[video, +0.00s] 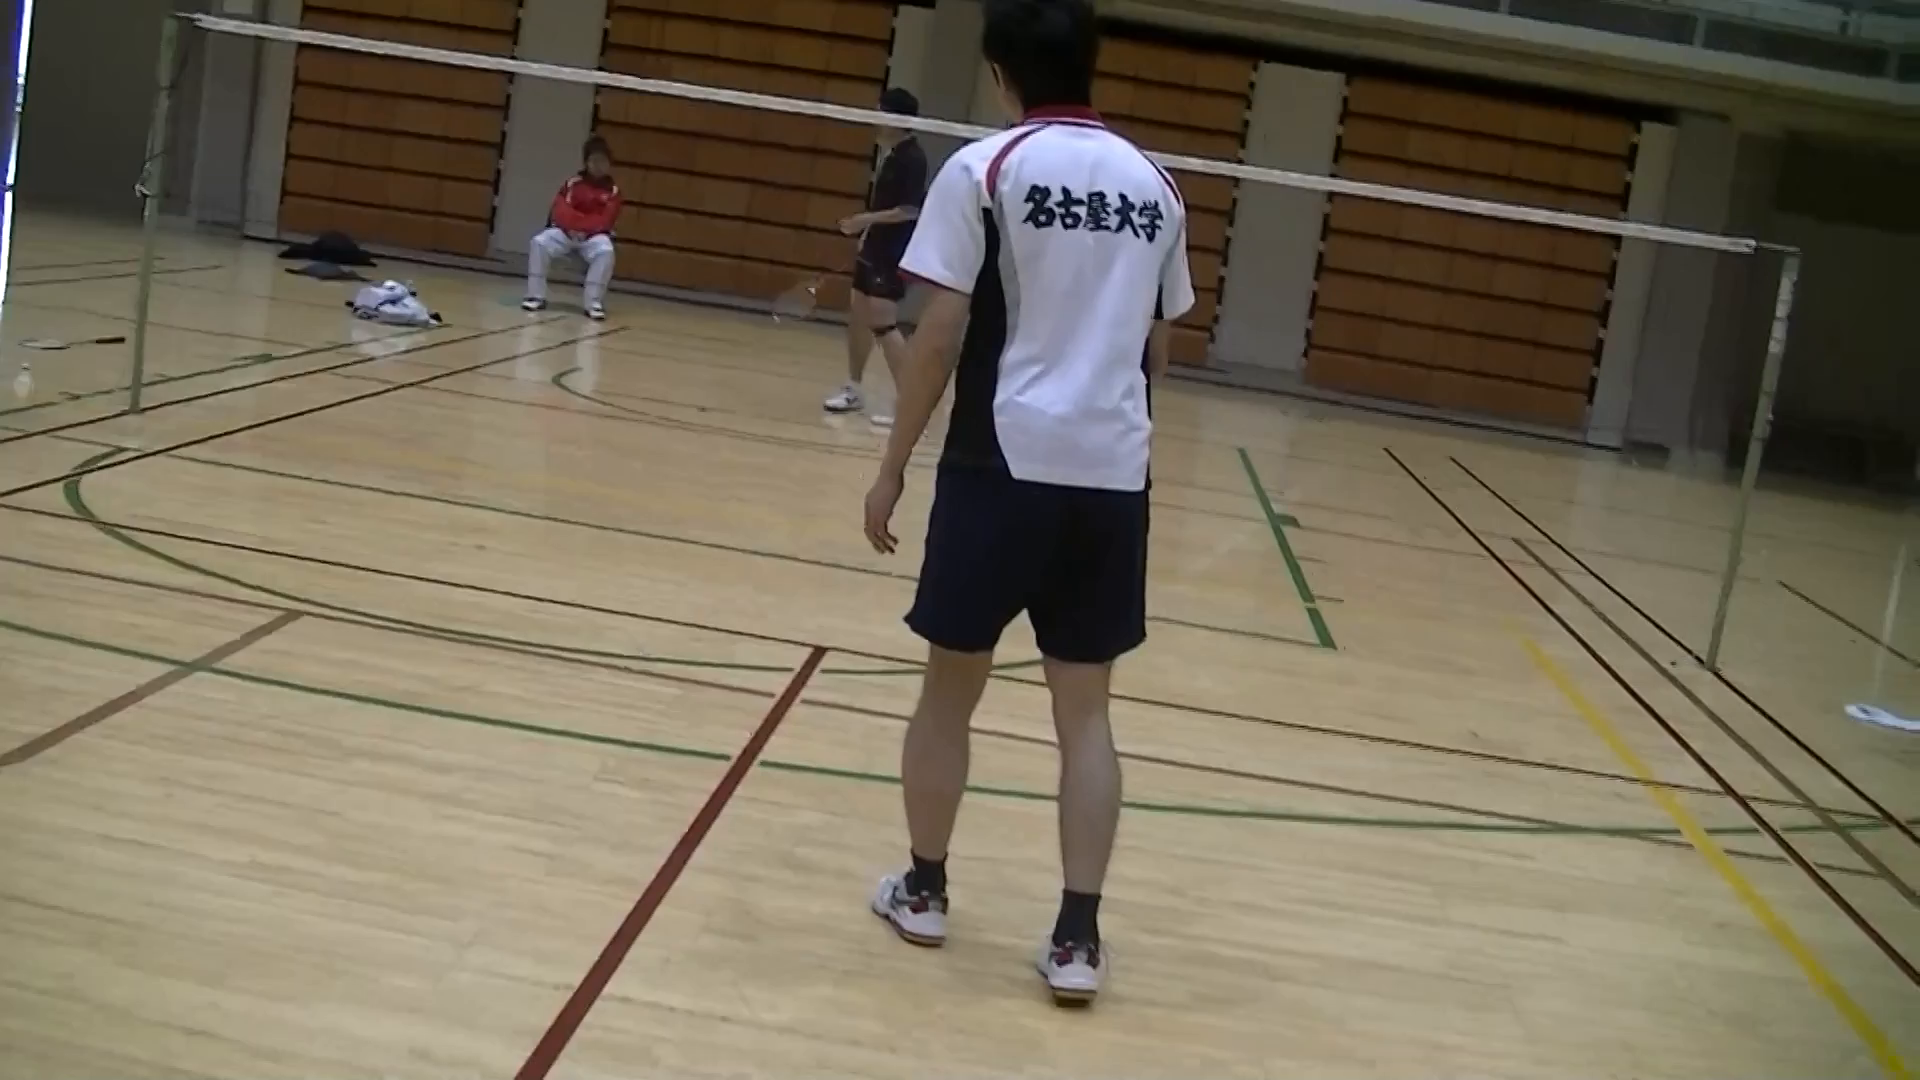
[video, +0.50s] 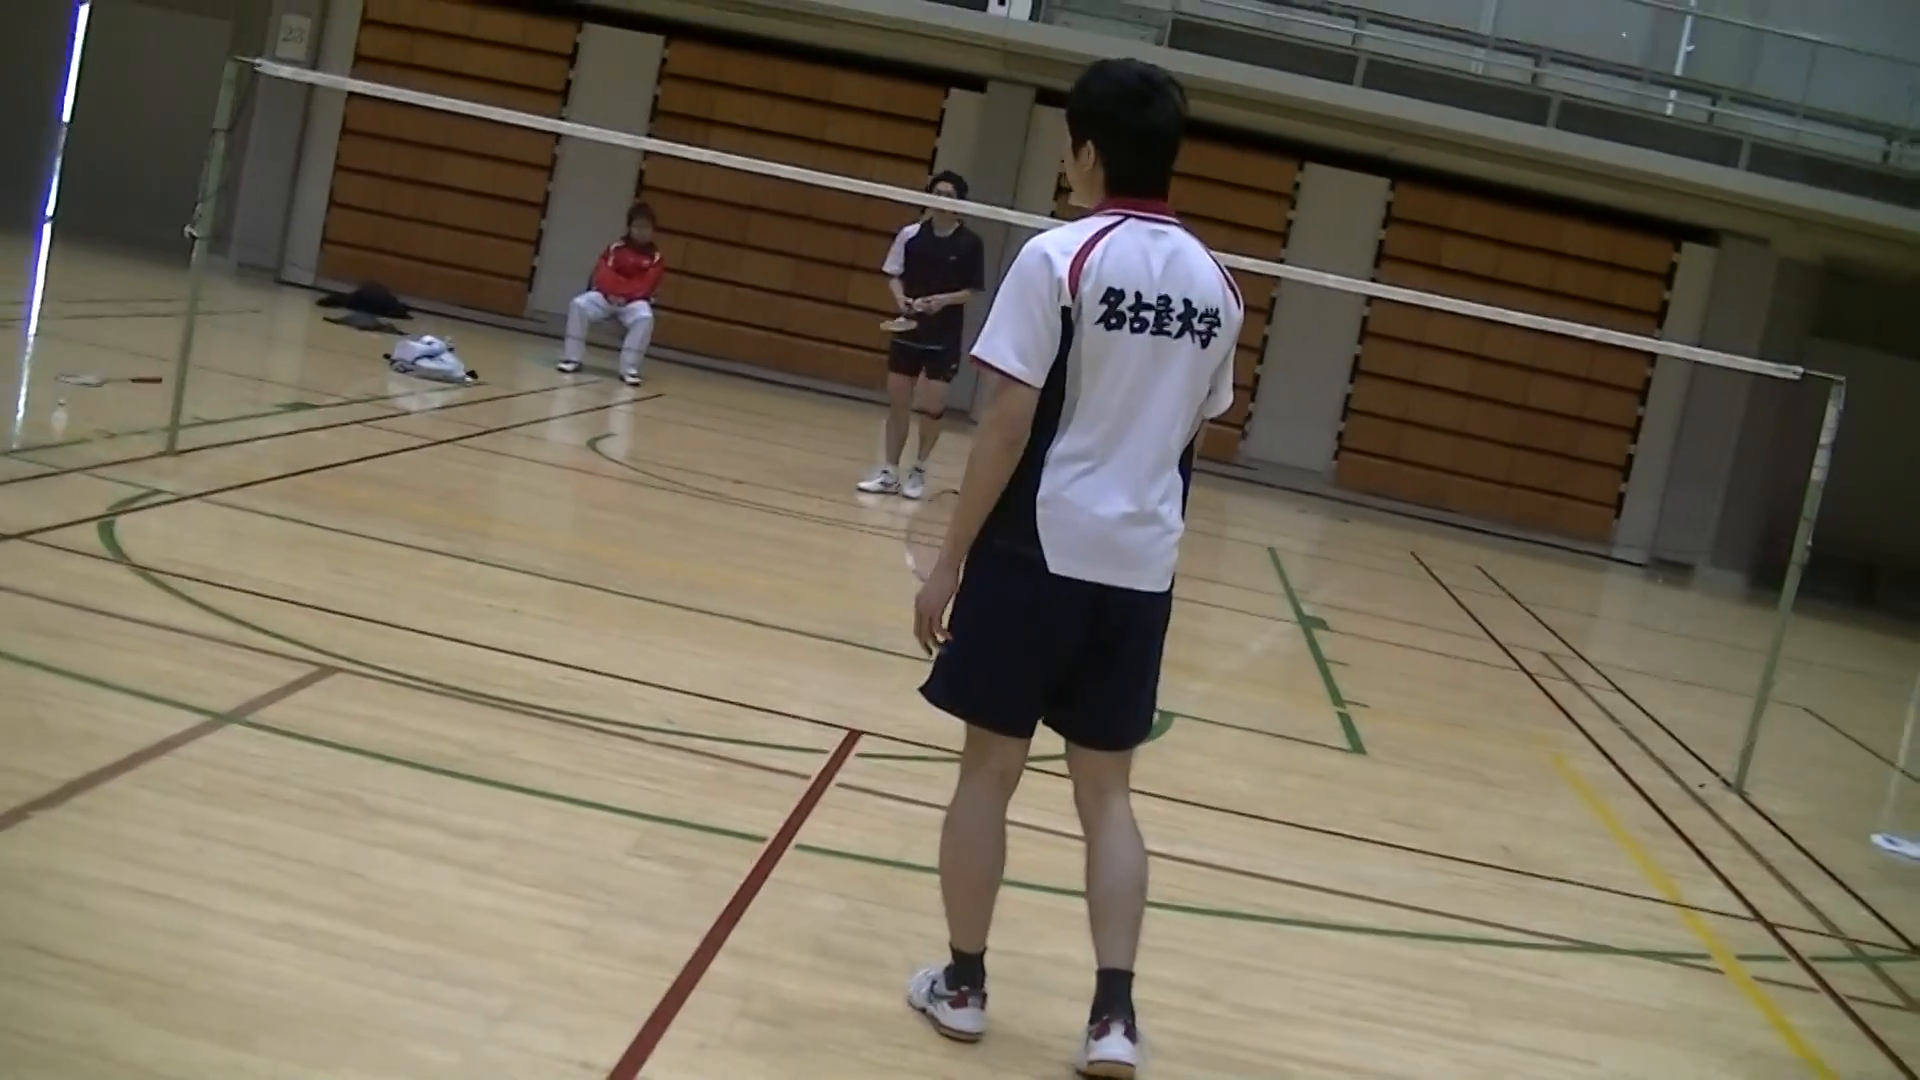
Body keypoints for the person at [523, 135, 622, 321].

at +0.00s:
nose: (598, 166)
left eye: (602, 161)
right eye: (593, 161)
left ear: (609, 163)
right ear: (586, 163)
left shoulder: (612, 191)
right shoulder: (572, 184)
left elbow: (605, 221)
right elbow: (559, 211)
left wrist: (583, 229)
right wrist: (573, 226)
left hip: (594, 234)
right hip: (566, 230)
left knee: (605, 253)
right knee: (539, 243)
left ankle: (594, 302)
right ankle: (536, 296)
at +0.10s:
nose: (616, 174)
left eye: (621, 169)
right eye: (612, 169)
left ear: (627, 171)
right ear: (605, 171)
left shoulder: (630, 199)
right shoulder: (591, 191)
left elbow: (623, 229)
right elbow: (577, 218)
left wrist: (602, 237)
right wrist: (591, 234)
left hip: (612, 242)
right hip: (583, 238)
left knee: (623, 261)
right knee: (557, 250)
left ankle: (611, 310)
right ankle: (553, 303)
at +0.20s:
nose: (641, 186)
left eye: (645, 181)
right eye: (636, 180)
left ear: (652, 183)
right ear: (628, 182)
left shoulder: (654, 212)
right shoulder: (614, 203)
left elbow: (647, 240)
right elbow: (600, 230)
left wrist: (625, 248)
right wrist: (614, 245)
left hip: (635, 254)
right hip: (606, 249)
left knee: (645, 273)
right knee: (580, 261)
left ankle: (633, 322)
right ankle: (575, 314)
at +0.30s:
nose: (653, 202)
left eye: (658, 197)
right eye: (649, 197)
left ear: (664, 200)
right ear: (641, 198)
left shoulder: (667, 228)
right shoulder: (626, 219)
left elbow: (658, 257)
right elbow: (613, 246)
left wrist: (635, 264)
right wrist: (625, 262)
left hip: (646, 271)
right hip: (617, 265)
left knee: (657, 289)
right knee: (591, 276)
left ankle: (643, 339)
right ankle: (586, 330)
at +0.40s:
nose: (653, 220)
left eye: (658, 215)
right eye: (649, 215)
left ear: (664, 218)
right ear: (640, 216)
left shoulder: (666, 246)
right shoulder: (626, 237)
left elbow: (658, 275)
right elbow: (613, 265)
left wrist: (636, 283)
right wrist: (626, 279)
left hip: (646, 289)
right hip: (617, 283)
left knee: (656, 308)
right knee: (590, 295)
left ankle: (642, 356)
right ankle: (585, 348)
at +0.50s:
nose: (642, 232)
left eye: (647, 228)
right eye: (637, 227)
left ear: (653, 230)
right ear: (629, 228)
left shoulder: (655, 258)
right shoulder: (615, 249)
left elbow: (645, 287)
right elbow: (601, 276)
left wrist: (623, 295)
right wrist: (617, 290)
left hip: (634, 301)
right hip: (605, 295)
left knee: (644, 319)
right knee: (579, 305)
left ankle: (630, 368)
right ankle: (573, 359)